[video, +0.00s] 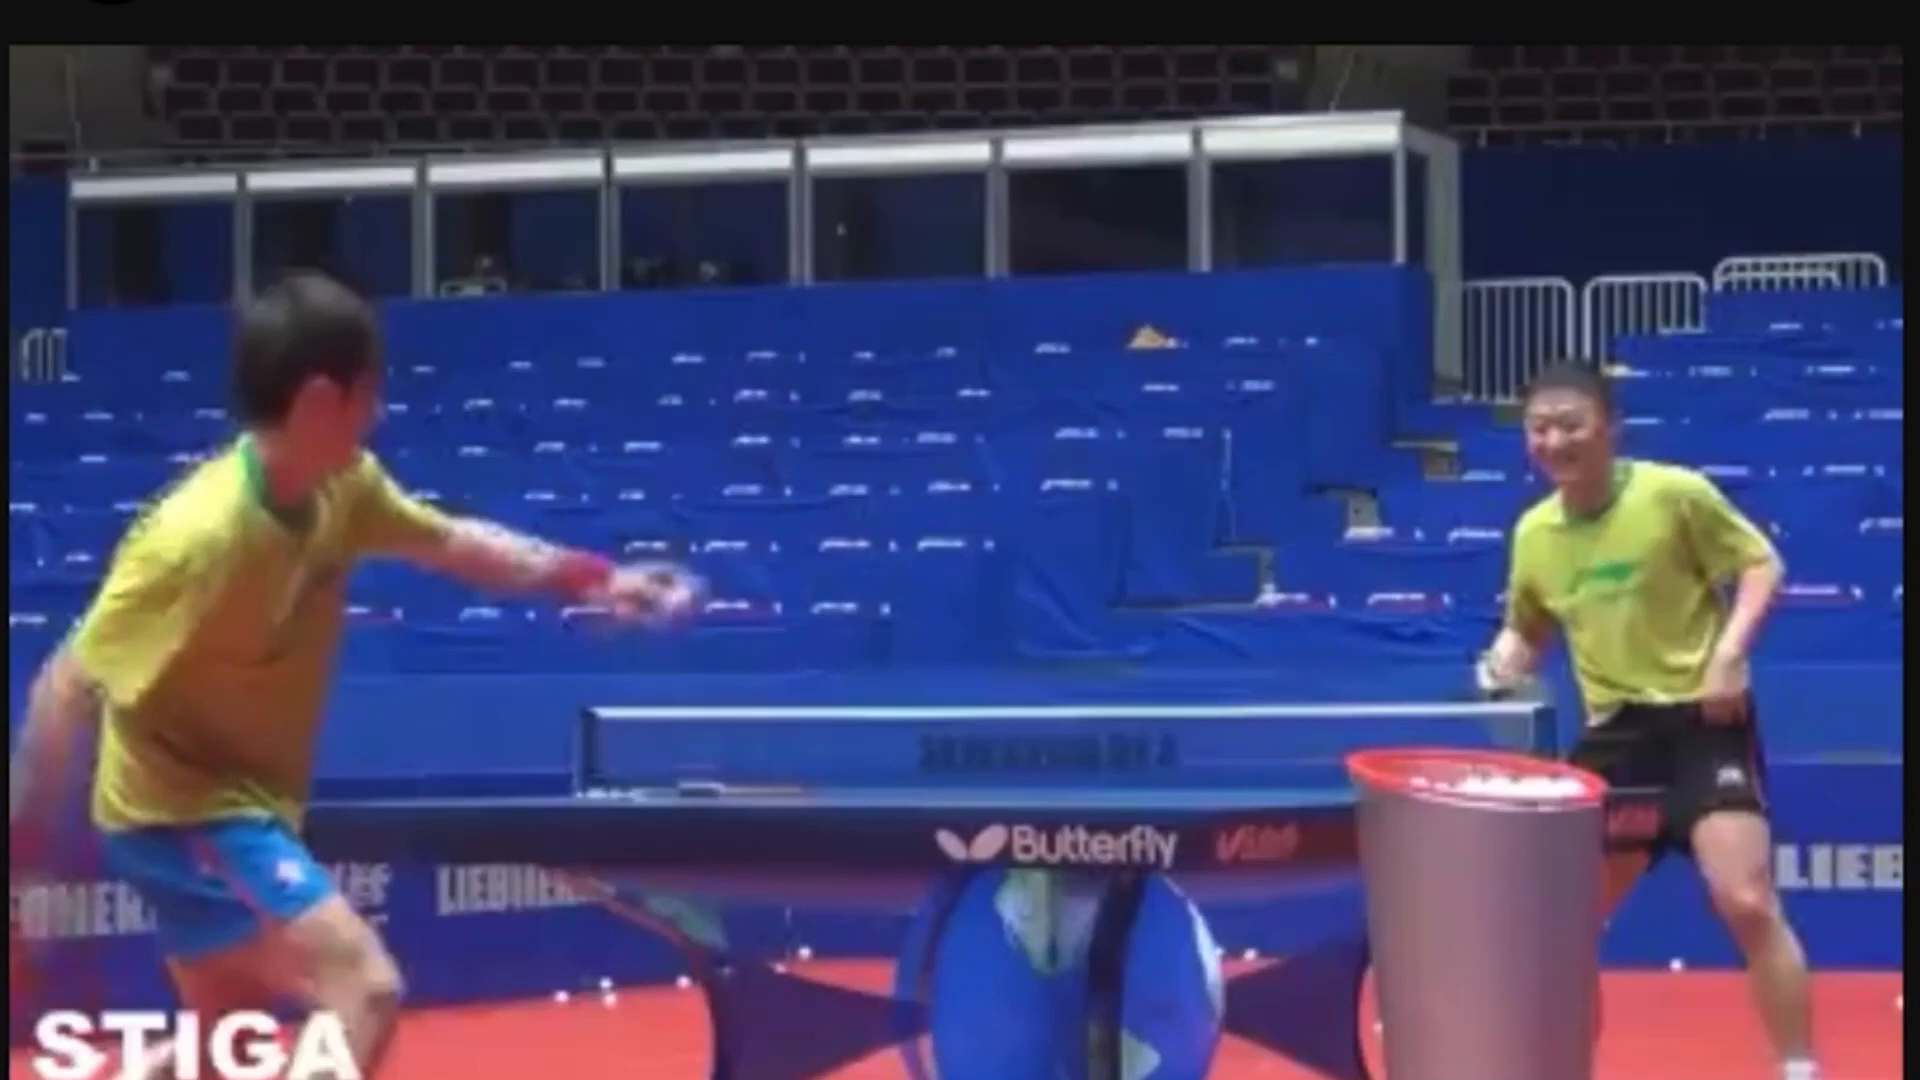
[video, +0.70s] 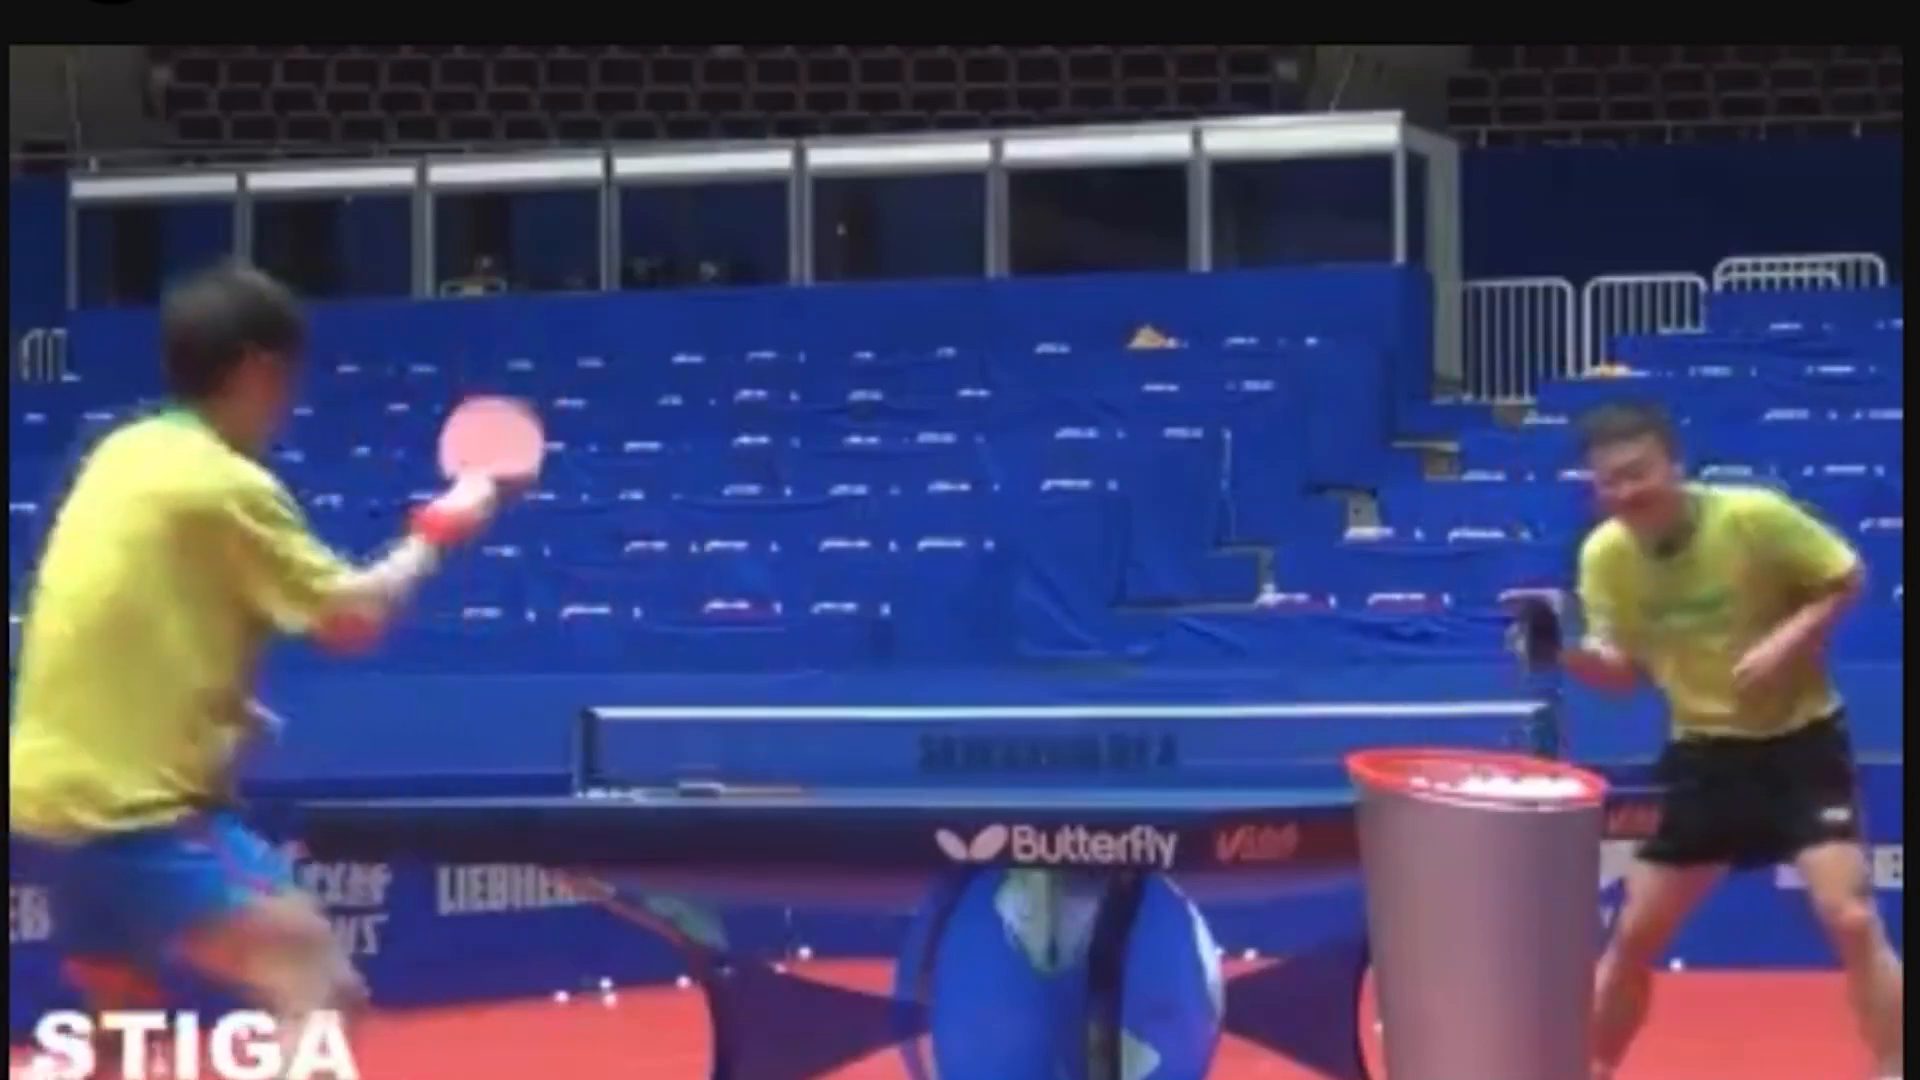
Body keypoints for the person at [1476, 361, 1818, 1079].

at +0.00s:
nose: (1555, 442)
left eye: (1571, 425)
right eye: (1541, 428)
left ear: (1608, 429)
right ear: (1527, 440)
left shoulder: (1674, 496)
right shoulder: (1534, 532)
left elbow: (1762, 566)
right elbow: (1526, 629)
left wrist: (1728, 656)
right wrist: (1506, 659)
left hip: (1703, 722)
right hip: (1614, 734)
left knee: (1745, 903)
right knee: (1557, 912)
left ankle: (1798, 1067)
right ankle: (1542, 1066)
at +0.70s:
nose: (1627, 493)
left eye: (1638, 473)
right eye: (1611, 480)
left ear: (1674, 464)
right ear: (1596, 486)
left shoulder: (1752, 516)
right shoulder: (1604, 554)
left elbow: (1846, 577)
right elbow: (1621, 671)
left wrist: (1784, 644)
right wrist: (1566, 654)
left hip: (1800, 744)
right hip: (1701, 752)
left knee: (1850, 921)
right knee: (1633, 937)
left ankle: (1894, 1067)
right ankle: (1594, 1067)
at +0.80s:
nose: (1660, 477)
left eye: (1672, 457)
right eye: (1643, 464)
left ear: (1704, 452)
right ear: (1626, 473)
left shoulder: (1773, 492)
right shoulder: (1625, 537)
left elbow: (1846, 564)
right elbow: (1650, 637)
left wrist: (1800, 614)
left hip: (1807, 734)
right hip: (1707, 744)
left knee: (1857, 919)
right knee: (1641, 939)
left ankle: (1896, 1067)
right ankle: (1593, 1069)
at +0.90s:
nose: (1693, 460)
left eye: (1705, 442)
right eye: (1677, 446)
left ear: (1737, 435)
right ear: (1661, 451)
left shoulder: (1790, 481)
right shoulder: (1657, 516)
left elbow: (1826, 559)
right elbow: (1717, 571)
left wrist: (1811, 597)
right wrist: (1780, 592)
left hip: (1801, 733)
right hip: (1704, 743)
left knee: (1855, 923)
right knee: (1641, 934)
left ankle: (1893, 1067)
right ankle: (1592, 1066)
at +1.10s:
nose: (1801, 456)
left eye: (1815, 440)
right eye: (1787, 440)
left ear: (1841, 444)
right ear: (1766, 447)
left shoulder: (1865, 507)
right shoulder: (1745, 510)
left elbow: (1871, 604)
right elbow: (1801, 587)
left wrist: (1876, 645)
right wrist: (1878, 636)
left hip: (1826, 747)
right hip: (1728, 748)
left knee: (1887, 920)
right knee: (1649, 937)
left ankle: (1901, 1066)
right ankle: (1590, 1066)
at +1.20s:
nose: (1863, 462)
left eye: (1878, 447)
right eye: (1851, 446)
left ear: (1900, 456)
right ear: (1832, 453)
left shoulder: (1898, 528)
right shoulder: (1798, 522)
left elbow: (1892, 650)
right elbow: (1819, 641)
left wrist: (1887, 726)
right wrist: (1864, 739)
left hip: (1860, 745)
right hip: (1767, 745)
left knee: (1899, 914)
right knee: (1678, 924)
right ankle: (1606, 1057)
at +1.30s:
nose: (1893, 461)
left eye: (1904, 447)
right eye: (1885, 446)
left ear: (1913, 454)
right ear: (1866, 450)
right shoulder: (1829, 519)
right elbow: (1794, 641)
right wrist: (1798, 766)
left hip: (1878, 741)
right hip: (1786, 726)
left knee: (1903, 899)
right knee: (1707, 908)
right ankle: (1642, 1052)